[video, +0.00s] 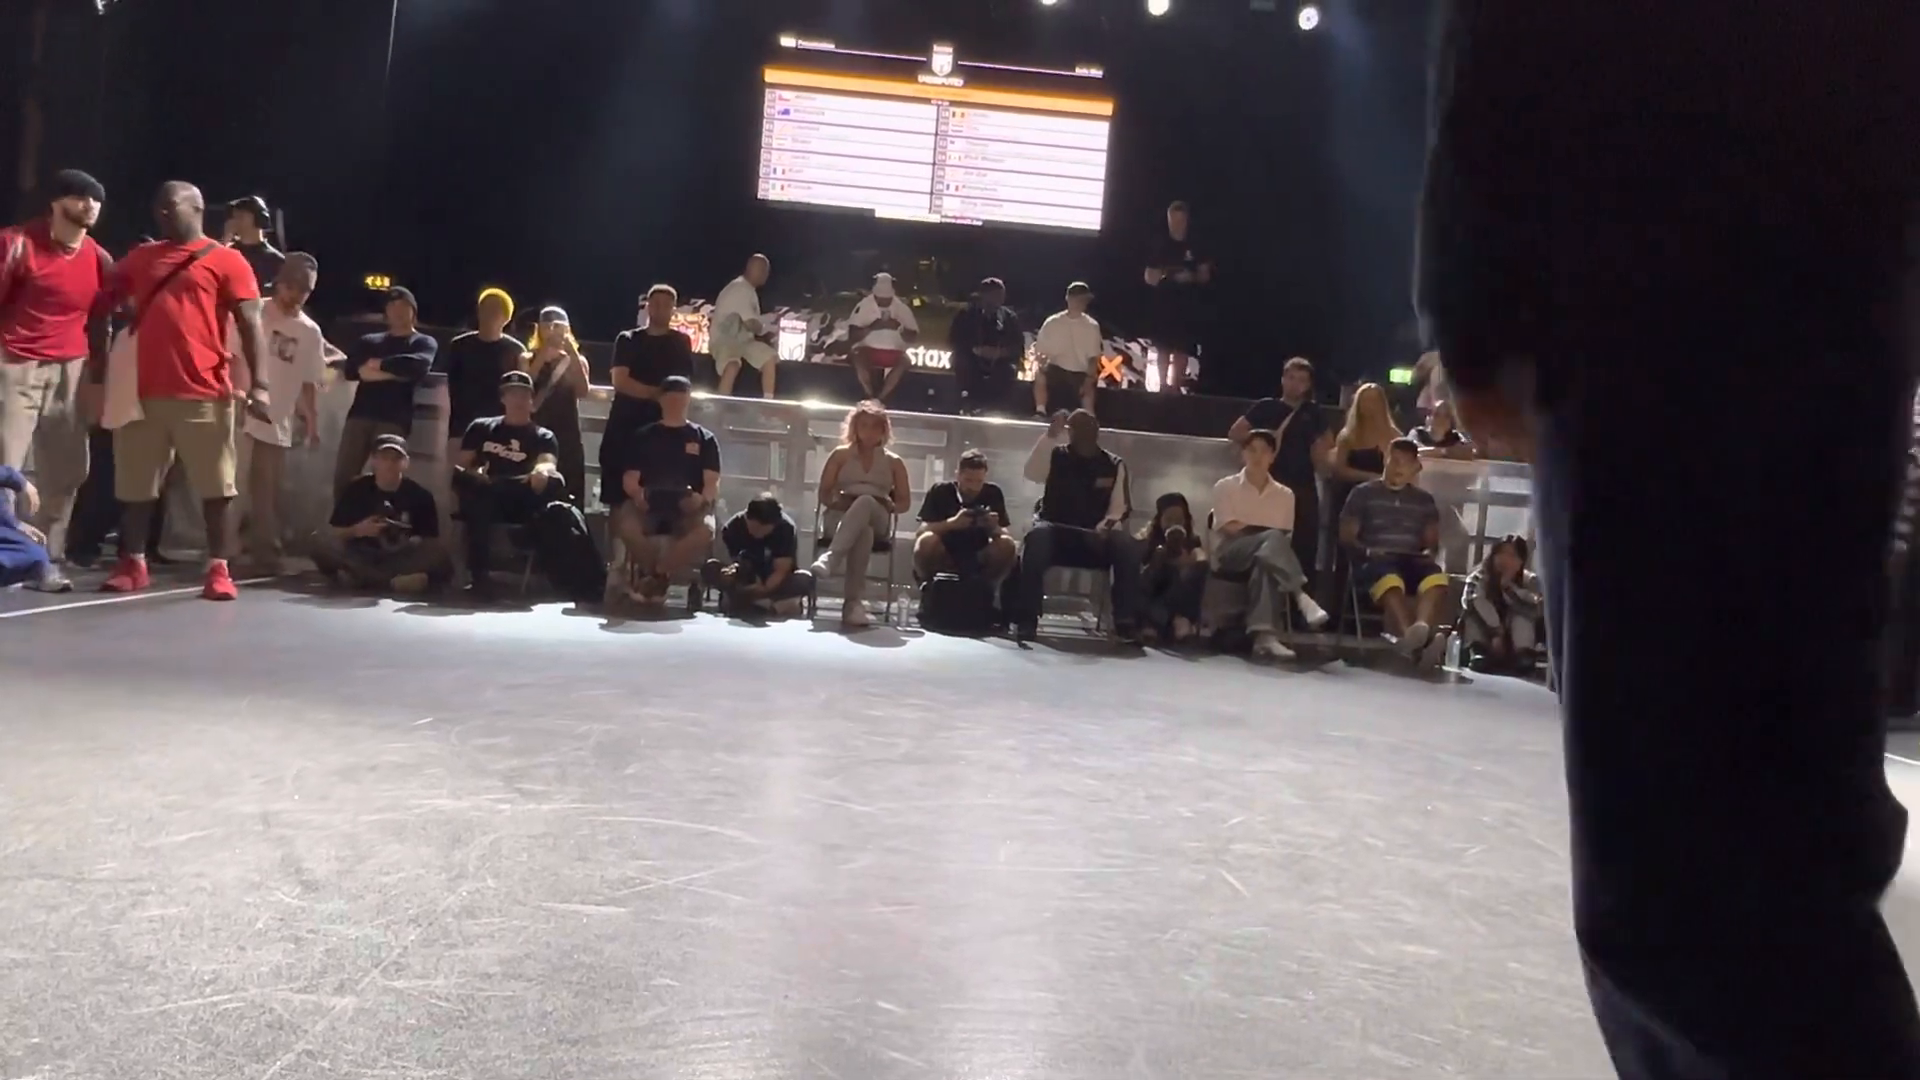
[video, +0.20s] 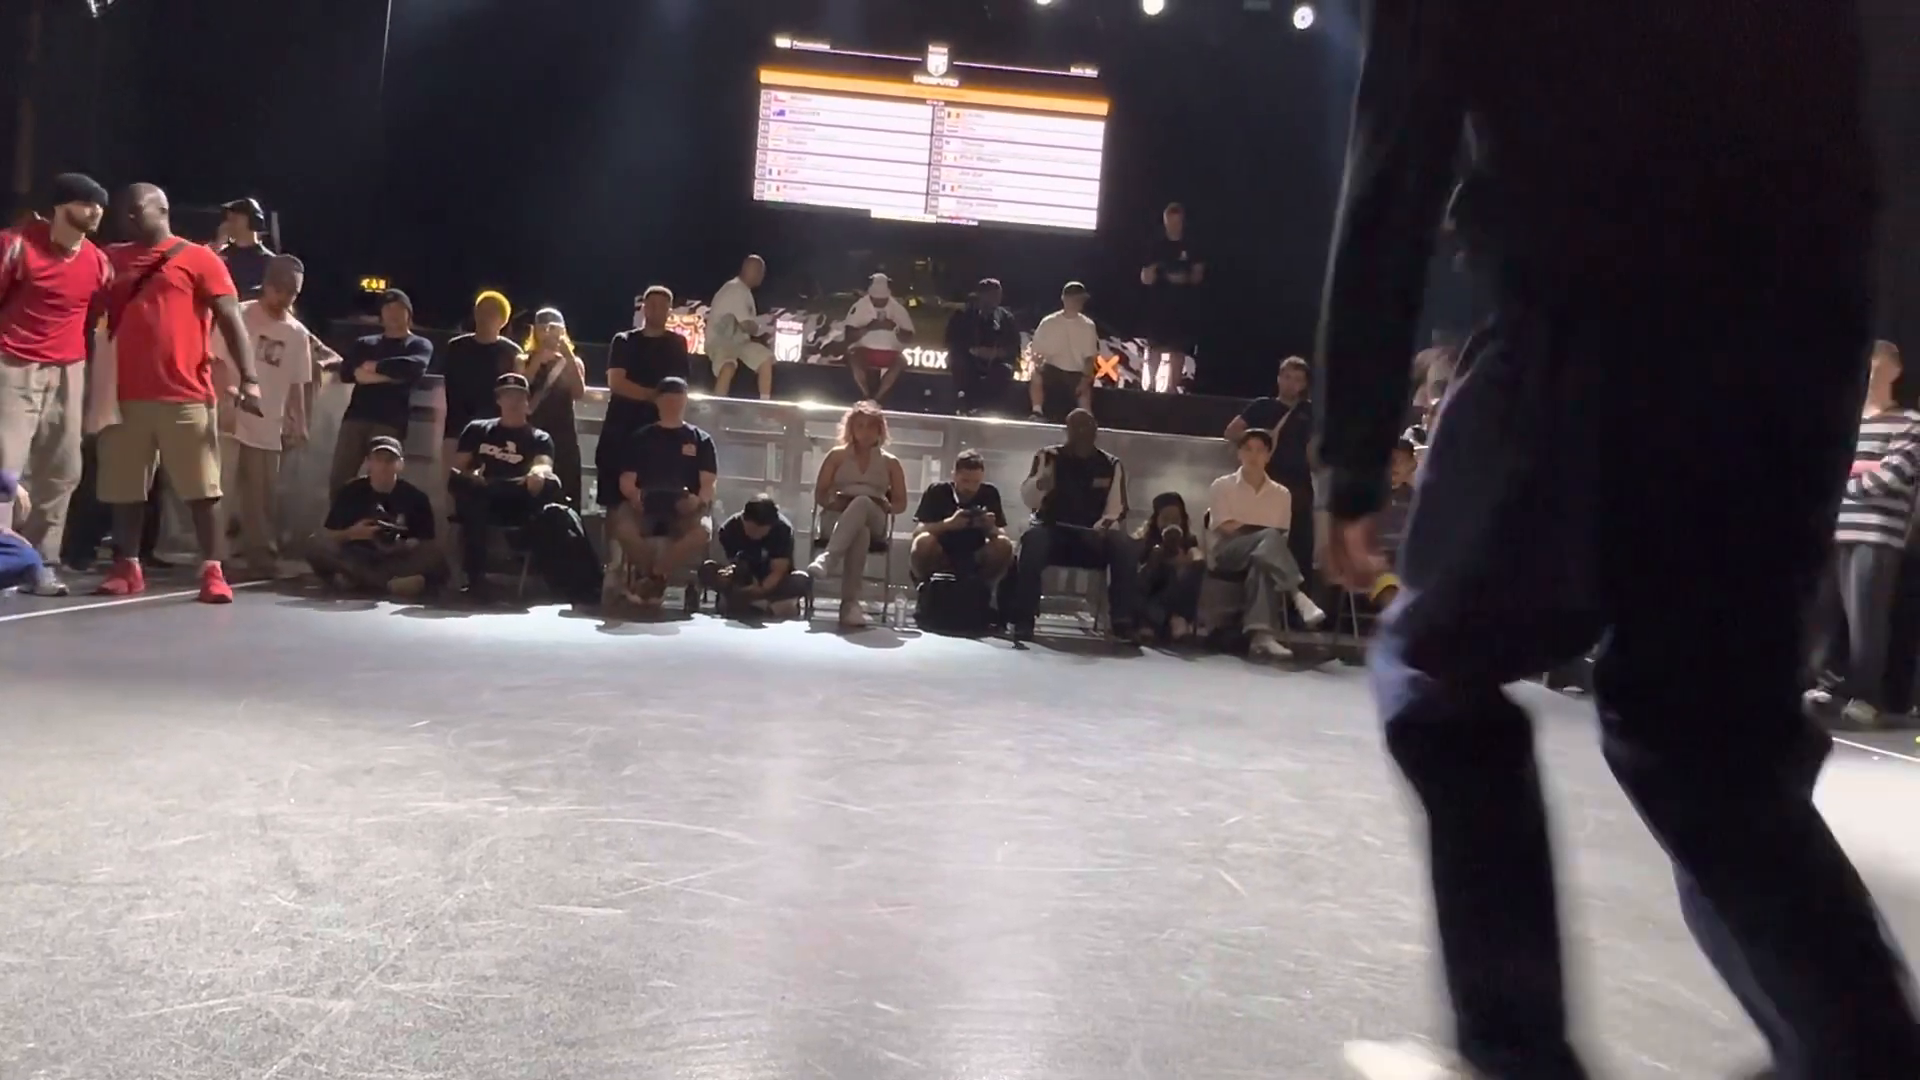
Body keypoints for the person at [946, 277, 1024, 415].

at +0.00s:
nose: (995, 300)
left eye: (998, 295)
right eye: (991, 295)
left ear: (1003, 296)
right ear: (983, 295)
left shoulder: (1009, 317)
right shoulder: (967, 316)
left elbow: (1017, 349)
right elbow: (955, 341)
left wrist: (999, 353)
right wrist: (976, 350)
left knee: (1009, 368)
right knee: (962, 357)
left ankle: (1002, 405)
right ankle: (965, 396)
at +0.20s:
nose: (994, 300)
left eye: (997, 295)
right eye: (990, 295)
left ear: (1000, 296)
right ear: (981, 295)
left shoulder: (1005, 318)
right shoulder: (964, 316)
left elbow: (1013, 349)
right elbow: (953, 342)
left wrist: (995, 353)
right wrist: (974, 351)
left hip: (997, 364)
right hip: (970, 363)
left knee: (1004, 369)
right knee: (958, 359)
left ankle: (995, 407)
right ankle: (962, 402)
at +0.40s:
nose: (989, 300)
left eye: (992, 296)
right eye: (985, 296)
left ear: (997, 298)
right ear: (977, 297)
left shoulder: (1003, 320)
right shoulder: (962, 316)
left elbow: (1010, 352)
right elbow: (948, 343)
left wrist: (993, 355)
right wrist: (970, 352)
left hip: (993, 366)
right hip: (967, 364)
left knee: (1002, 372)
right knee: (956, 363)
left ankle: (994, 410)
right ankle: (961, 406)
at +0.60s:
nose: (983, 300)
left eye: (985, 296)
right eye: (979, 296)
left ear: (989, 298)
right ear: (970, 297)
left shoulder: (998, 319)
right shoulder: (956, 317)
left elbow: (1006, 352)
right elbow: (944, 342)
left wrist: (987, 354)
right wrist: (964, 352)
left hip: (988, 371)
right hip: (962, 370)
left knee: (997, 371)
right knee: (950, 361)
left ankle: (992, 409)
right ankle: (959, 405)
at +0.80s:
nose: (969, 304)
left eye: (973, 299)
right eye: (966, 299)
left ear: (980, 300)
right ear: (960, 299)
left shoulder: (992, 320)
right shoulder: (949, 318)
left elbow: (1000, 350)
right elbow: (938, 343)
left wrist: (982, 354)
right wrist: (958, 353)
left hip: (982, 369)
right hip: (955, 369)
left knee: (992, 372)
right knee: (942, 361)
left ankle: (985, 409)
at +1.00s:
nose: (967, 306)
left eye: (971, 302)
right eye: (964, 302)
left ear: (978, 303)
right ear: (958, 303)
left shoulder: (992, 324)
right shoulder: (949, 325)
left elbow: (996, 350)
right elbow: (939, 350)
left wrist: (982, 358)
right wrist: (957, 358)